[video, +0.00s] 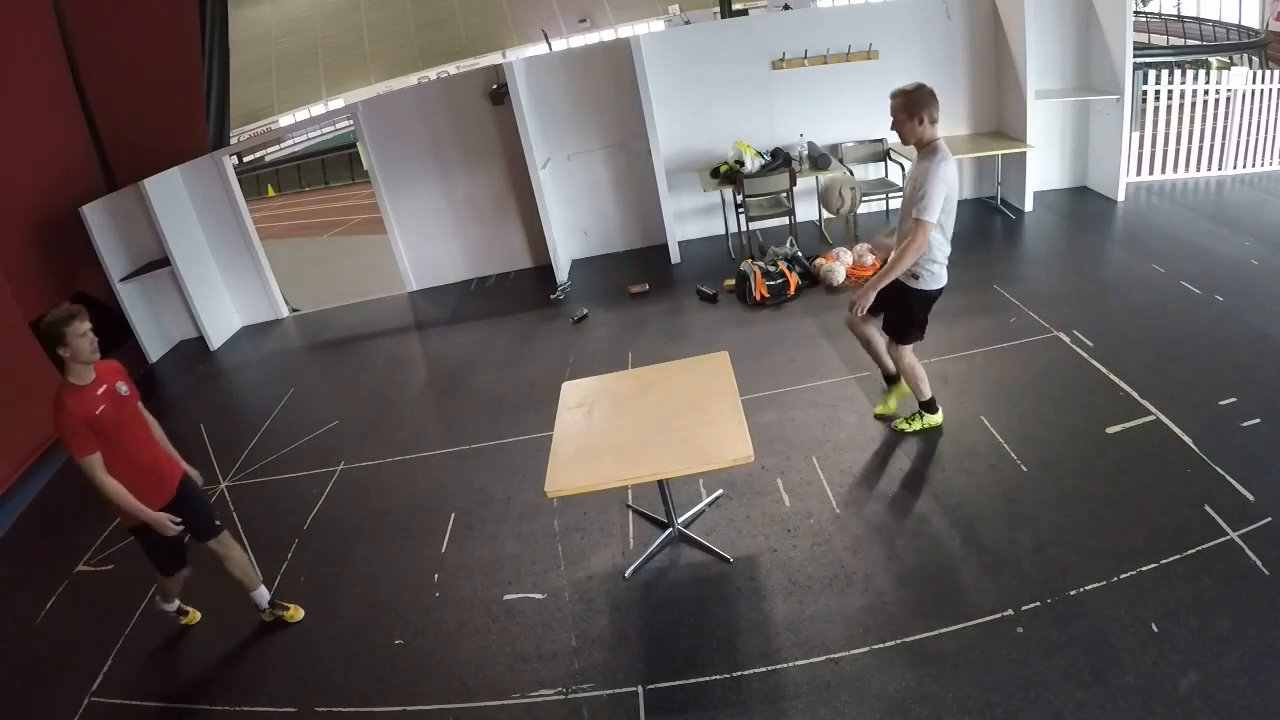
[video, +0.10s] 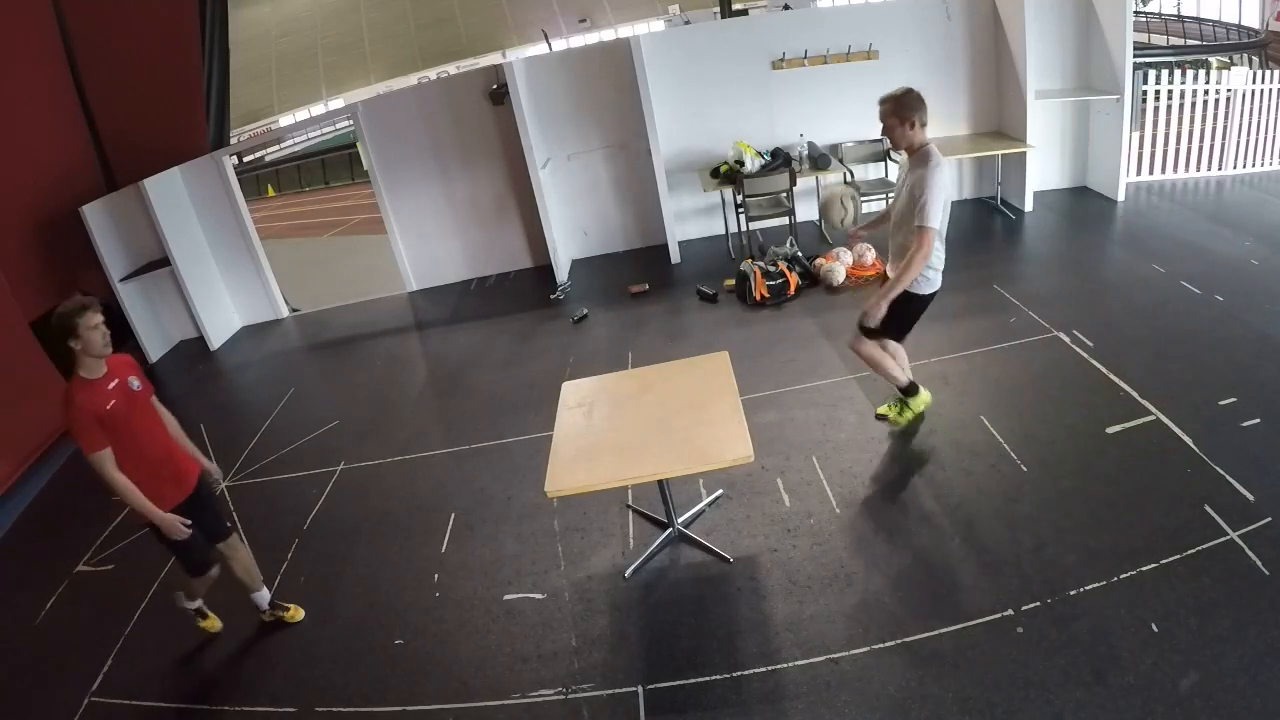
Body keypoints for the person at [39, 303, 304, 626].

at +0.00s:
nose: (94, 338)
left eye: (91, 331)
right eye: (84, 335)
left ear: (88, 335)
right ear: (63, 350)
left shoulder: (112, 370)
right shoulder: (70, 411)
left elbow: (147, 420)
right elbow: (99, 478)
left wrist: (182, 464)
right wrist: (149, 516)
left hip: (175, 480)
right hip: (145, 509)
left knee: (222, 539)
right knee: (175, 570)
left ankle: (267, 604)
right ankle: (168, 604)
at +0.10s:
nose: (106, 331)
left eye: (104, 324)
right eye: (96, 328)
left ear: (106, 326)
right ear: (75, 343)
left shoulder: (125, 364)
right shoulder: (80, 403)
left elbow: (160, 412)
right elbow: (110, 473)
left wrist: (199, 459)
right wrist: (158, 517)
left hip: (188, 475)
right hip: (160, 504)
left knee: (230, 541)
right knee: (207, 568)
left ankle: (266, 604)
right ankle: (190, 601)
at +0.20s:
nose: (117, 326)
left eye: (114, 319)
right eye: (106, 323)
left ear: (116, 322)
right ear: (85, 338)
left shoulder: (135, 359)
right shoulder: (88, 402)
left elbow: (175, 408)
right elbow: (119, 475)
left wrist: (217, 450)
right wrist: (167, 519)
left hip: (200, 474)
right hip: (172, 502)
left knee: (239, 541)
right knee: (226, 564)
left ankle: (267, 606)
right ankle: (235, 617)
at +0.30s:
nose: (128, 324)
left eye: (125, 316)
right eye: (117, 321)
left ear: (127, 316)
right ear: (96, 337)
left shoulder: (148, 356)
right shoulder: (102, 401)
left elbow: (191, 406)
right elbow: (127, 477)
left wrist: (236, 446)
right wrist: (176, 523)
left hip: (212, 476)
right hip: (186, 503)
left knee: (249, 548)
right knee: (243, 567)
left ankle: (268, 608)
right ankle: (285, 633)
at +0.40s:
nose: (141, 325)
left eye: (138, 317)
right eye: (131, 322)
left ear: (137, 319)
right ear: (109, 338)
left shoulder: (160, 358)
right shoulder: (115, 405)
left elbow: (205, 407)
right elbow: (140, 482)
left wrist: (253, 444)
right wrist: (188, 529)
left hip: (225, 479)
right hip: (200, 507)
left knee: (256, 550)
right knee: (257, 572)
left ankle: (267, 607)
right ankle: (322, 637)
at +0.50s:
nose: (154, 326)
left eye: (151, 318)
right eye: (143, 324)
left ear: (150, 319)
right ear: (121, 340)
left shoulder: (172, 360)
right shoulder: (128, 408)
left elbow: (216, 410)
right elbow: (156, 486)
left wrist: (267, 448)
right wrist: (201, 537)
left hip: (239, 480)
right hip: (215, 507)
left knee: (262, 547)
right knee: (278, 570)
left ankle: (267, 605)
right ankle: (339, 642)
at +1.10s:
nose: (212, 305)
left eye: (208, 297)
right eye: (203, 301)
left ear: (184, 314)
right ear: (176, 318)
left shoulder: (208, 346)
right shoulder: (180, 381)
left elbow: (250, 409)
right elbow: (218, 472)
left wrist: (292, 451)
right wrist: (290, 506)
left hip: (279, 476)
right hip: (258, 505)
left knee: (312, 540)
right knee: (308, 574)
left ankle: (336, 607)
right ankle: (342, 643)